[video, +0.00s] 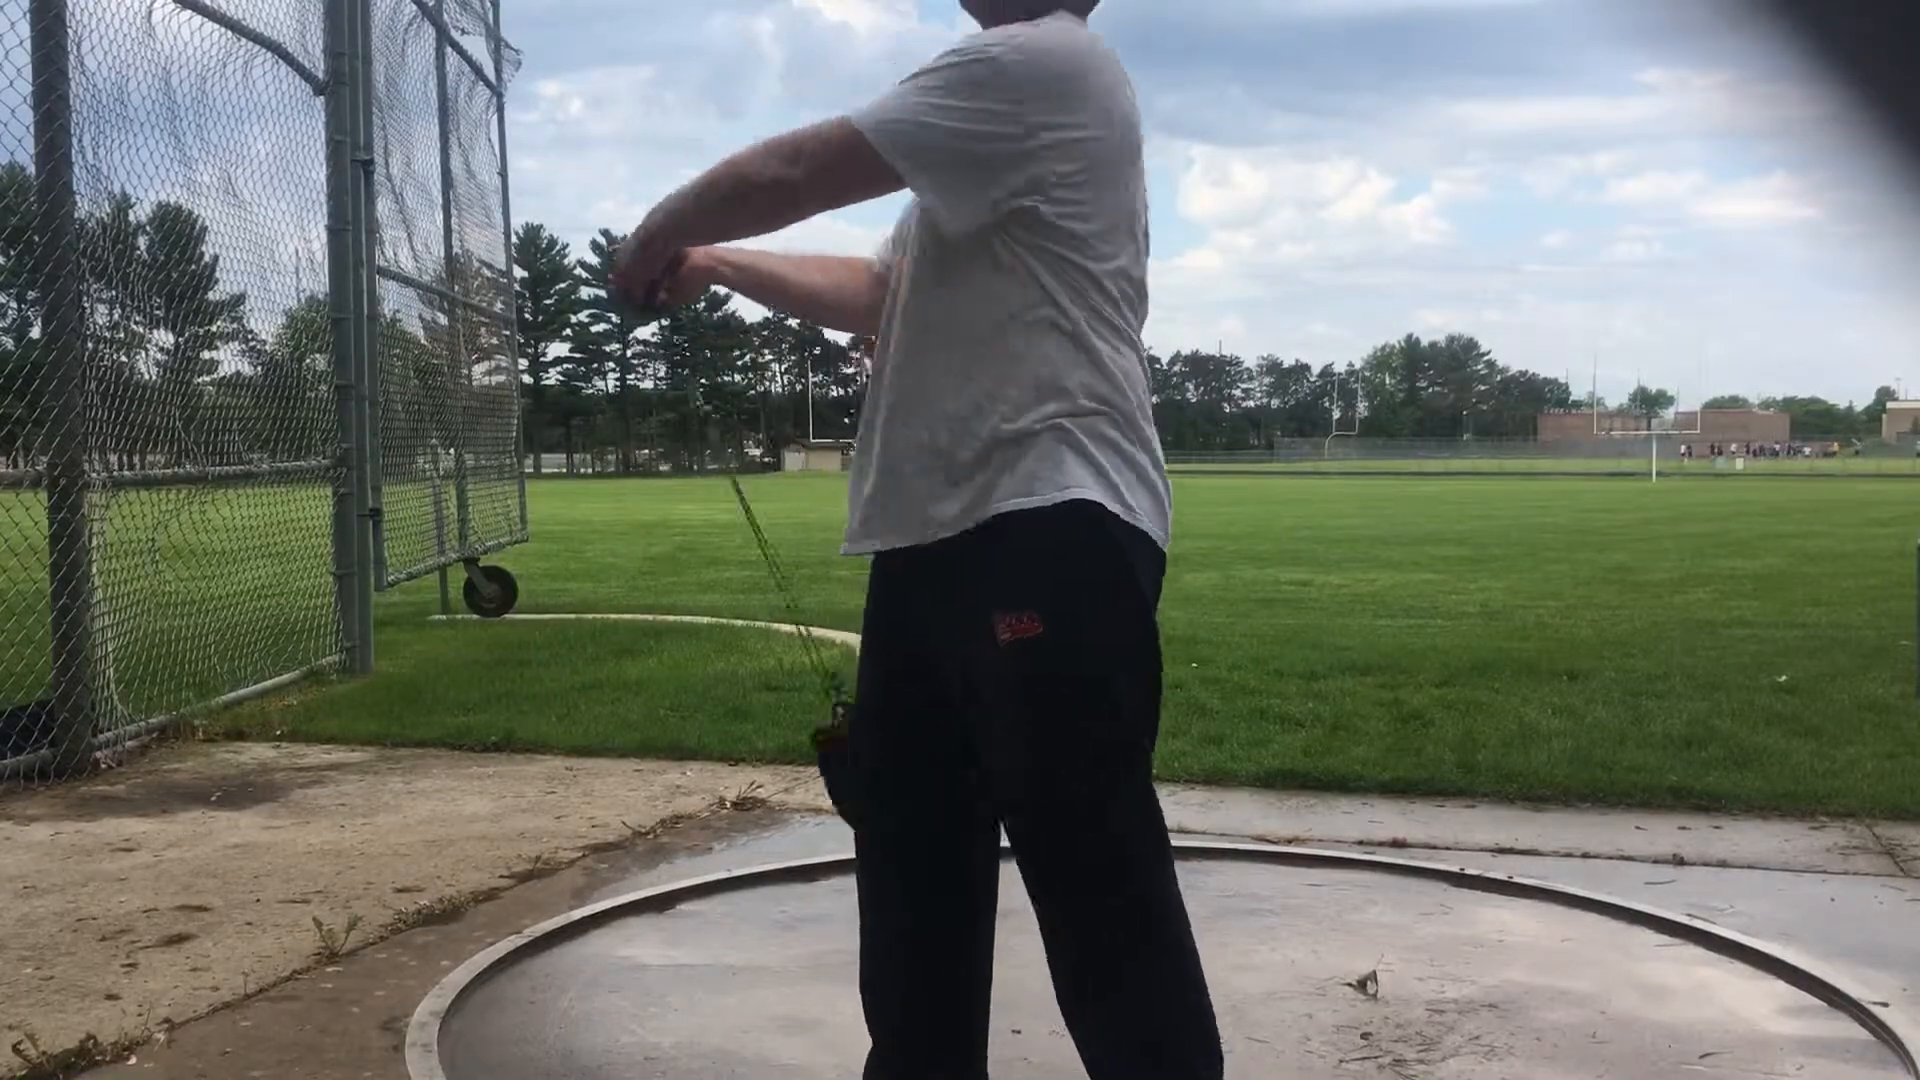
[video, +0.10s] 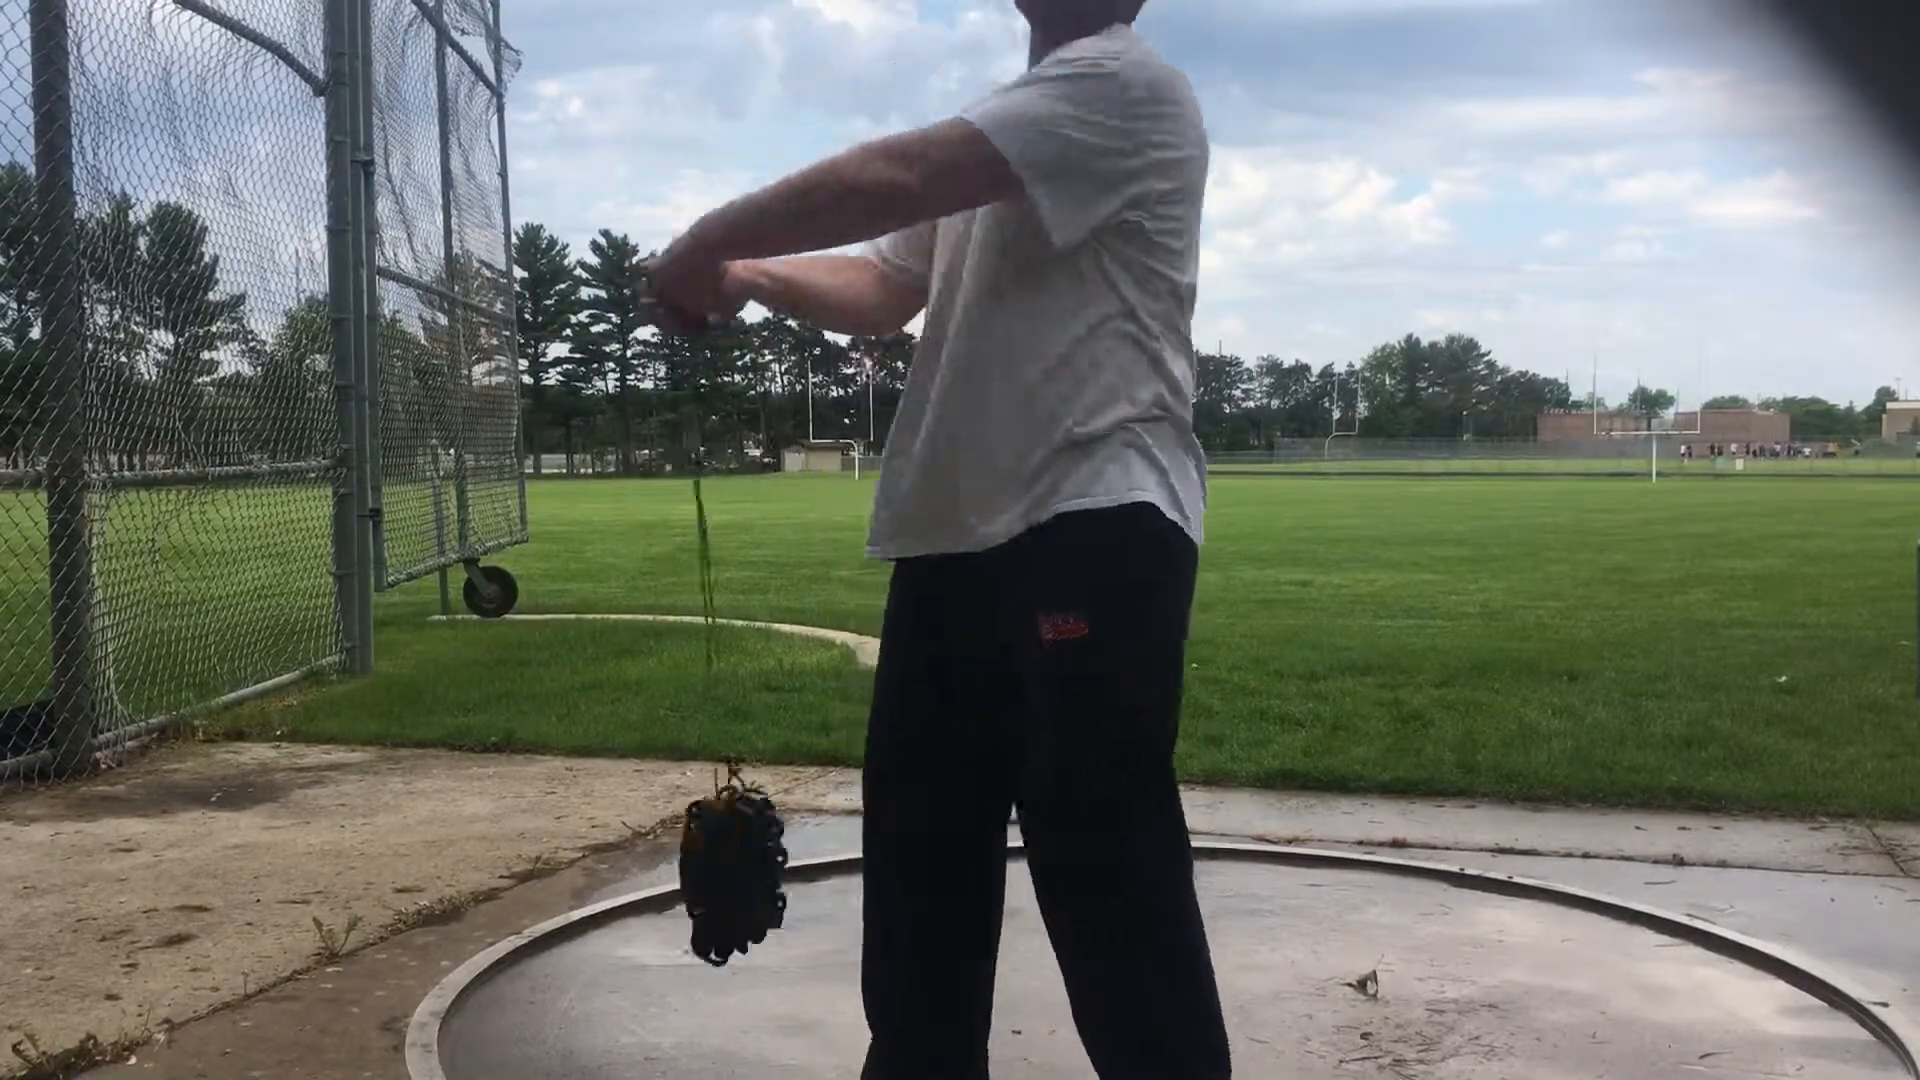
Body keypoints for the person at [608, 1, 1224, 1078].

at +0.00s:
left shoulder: (1047, 58)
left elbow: (800, 166)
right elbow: (885, 295)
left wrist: (661, 230)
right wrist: (714, 260)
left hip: (1050, 515)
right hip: (928, 537)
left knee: (1094, 860)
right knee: (914, 868)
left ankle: (1161, 1061)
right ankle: (921, 1062)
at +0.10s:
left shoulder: (1130, 81)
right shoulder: (985, 136)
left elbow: (913, 173)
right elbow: (883, 292)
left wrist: (705, 236)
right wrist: (753, 272)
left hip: (1094, 517)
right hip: (947, 537)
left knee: (1108, 868)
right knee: (920, 873)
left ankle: (1169, 1073)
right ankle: (921, 1070)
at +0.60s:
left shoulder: (1314, 112)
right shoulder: (1072, 80)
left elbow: (1251, 224)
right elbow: (1001, 175)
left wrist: (1074, 253)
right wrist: (986, 250)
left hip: (1207, 546)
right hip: (1022, 533)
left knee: (1201, 897)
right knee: (950, 879)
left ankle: (1203, 1075)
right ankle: (917, 1069)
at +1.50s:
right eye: (1068, 26)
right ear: (1057, 21)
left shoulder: (903, 29)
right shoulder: (1061, 147)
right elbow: (1026, 292)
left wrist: (1024, 62)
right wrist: (1028, 77)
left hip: (888, 467)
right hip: (989, 491)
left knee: (946, 822)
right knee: (916, 825)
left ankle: (1148, 1066)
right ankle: (936, 1061)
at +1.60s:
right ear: (1054, 19)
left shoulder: (886, 29)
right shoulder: (1074, 168)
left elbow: (807, 68)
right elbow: (1012, 329)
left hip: (899, 461)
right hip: (1003, 493)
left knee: (947, 820)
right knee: (918, 824)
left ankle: (1145, 1065)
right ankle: (937, 1063)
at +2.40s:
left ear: (1224, 1)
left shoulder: (1248, 116)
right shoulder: (1045, 109)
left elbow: (1078, 263)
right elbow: (929, 239)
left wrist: (839, 347)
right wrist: (805, 325)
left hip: (1182, 526)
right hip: (1014, 511)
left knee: (1178, 856)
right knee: (885, 738)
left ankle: (1181, 1070)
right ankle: (902, 1025)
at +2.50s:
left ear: (1234, 8)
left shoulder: (1247, 145)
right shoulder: (1031, 106)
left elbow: (1121, 293)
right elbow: (918, 212)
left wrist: (903, 339)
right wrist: (834, 302)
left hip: (1160, 540)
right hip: (987, 516)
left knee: (1160, 872)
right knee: (849, 770)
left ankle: (1179, 1072)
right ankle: (842, 1056)